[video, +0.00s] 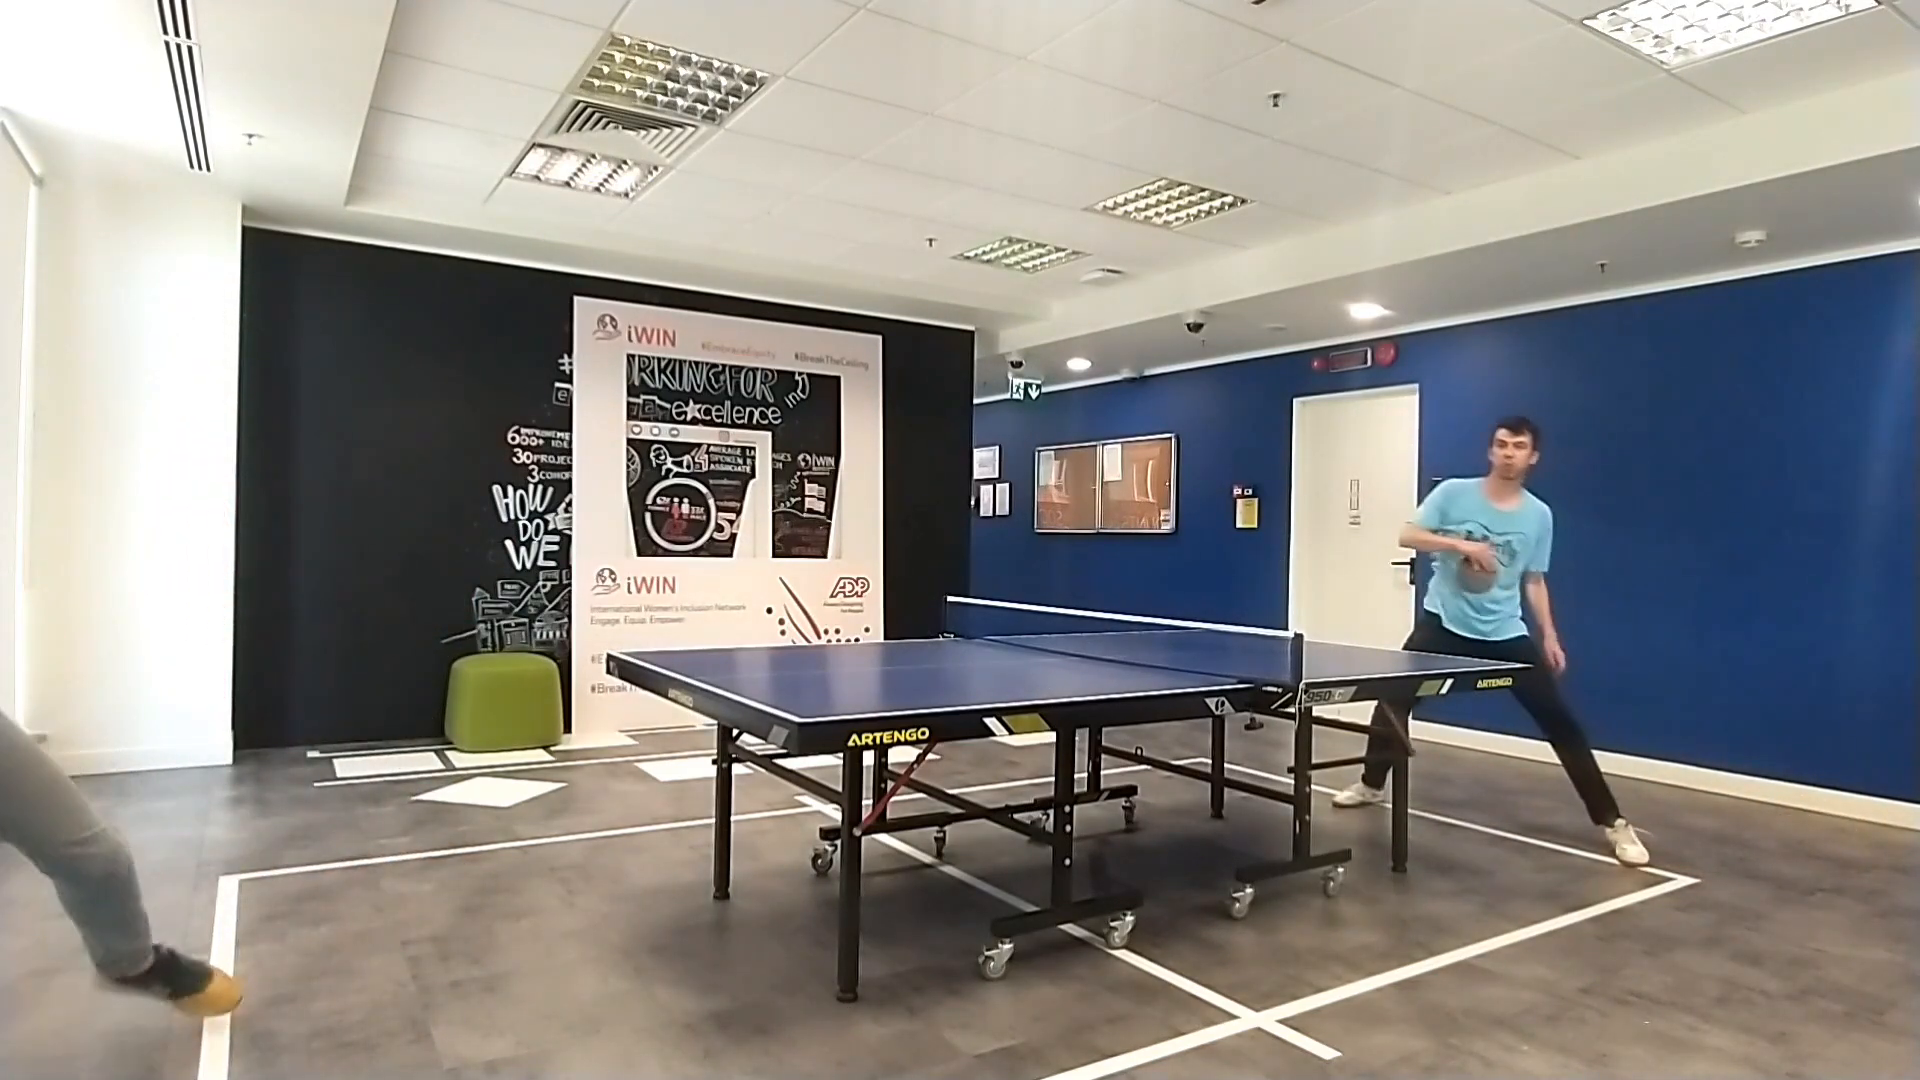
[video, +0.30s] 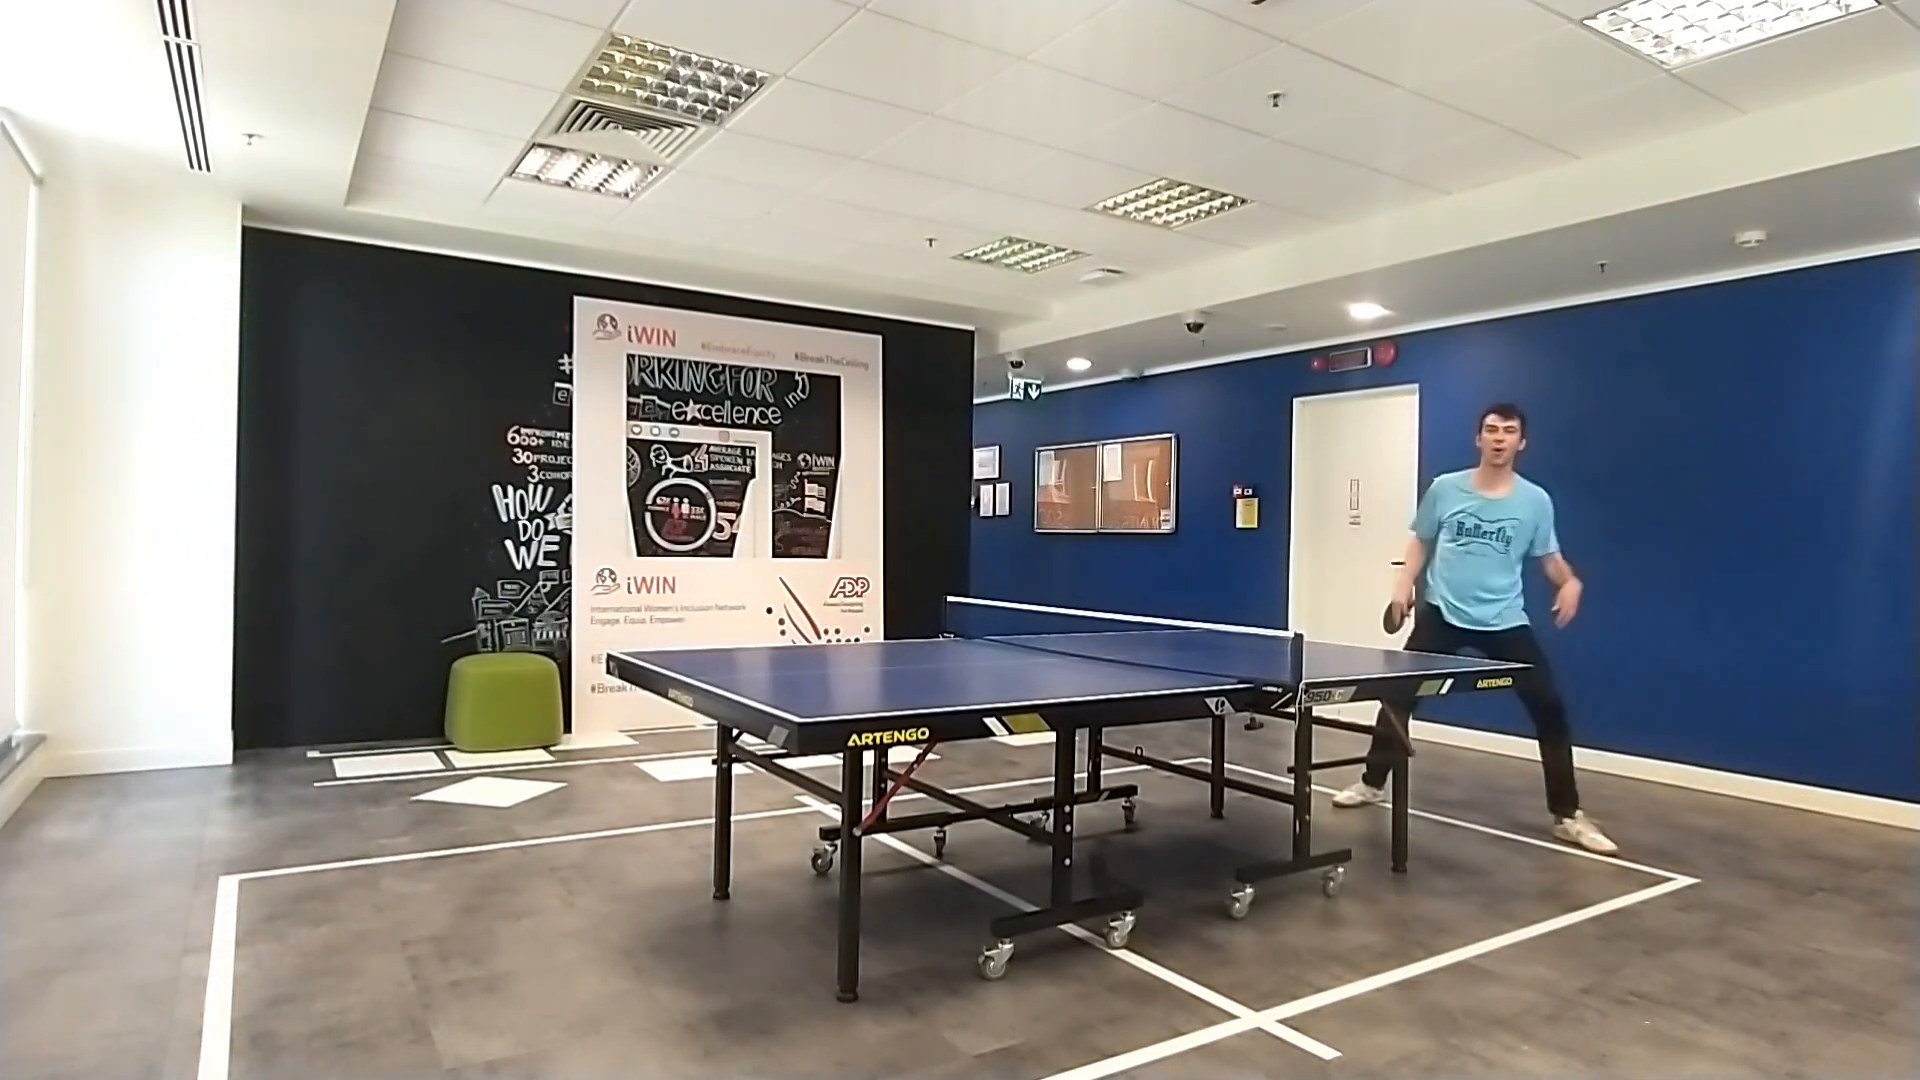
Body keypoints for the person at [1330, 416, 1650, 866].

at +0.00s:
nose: (1508, 453)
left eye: (1518, 447)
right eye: (1502, 445)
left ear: (1533, 457)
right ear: (1490, 451)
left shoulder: (1538, 514)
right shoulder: (1453, 492)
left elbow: (1534, 579)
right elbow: (1408, 536)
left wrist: (1548, 633)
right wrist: (1464, 546)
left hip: (1506, 632)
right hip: (1443, 624)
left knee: (1558, 720)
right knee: (1394, 694)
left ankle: (1614, 824)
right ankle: (1371, 784)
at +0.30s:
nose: (1498, 438)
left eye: (1507, 432)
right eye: (1491, 430)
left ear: (1521, 442)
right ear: (1478, 438)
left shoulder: (1535, 500)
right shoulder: (1443, 488)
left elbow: (1549, 556)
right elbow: (1419, 541)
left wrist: (1569, 582)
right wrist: (1403, 584)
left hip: (1505, 621)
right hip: (1442, 615)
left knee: (1549, 706)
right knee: (1398, 694)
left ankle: (1567, 815)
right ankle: (1370, 784)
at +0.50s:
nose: (1554, 437)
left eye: (1563, 431)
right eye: (1546, 429)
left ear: (1574, 442)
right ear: (1530, 436)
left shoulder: (1585, 503)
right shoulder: (1491, 482)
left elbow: (1603, 557)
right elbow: (1457, 533)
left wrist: (1615, 577)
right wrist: (1432, 584)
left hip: (1540, 621)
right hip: (1476, 612)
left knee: (1577, 709)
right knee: (1422, 693)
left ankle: (1570, 818)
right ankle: (1374, 780)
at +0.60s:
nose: (1581, 433)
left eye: (1591, 428)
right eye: (1574, 424)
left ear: (1600, 440)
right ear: (1556, 431)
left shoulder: (1608, 497)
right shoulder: (1515, 473)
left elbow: (1623, 555)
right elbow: (1481, 520)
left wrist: (1628, 580)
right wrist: (1458, 568)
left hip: (1557, 613)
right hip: (1494, 602)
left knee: (1584, 706)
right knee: (1438, 687)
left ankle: (1572, 817)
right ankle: (1389, 776)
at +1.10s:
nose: (1599, 411)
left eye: (1608, 404)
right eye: (1591, 402)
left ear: (1617, 414)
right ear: (1574, 409)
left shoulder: (1636, 469)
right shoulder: (1548, 462)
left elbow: (1669, 530)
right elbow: (1534, 520)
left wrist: (1630, 567)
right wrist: (1523, 566)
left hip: (1601, 610)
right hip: (1546, 600)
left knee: (1589, 708)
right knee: (1540, 696)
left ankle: (1572, 813)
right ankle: (1584, 758)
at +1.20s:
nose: (1587, 414)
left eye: (1596, 408)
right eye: (1579, 407)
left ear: (1607, 416)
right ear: (1563, 415)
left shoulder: (1631, 466)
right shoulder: (1548, 469)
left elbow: (1679, 518)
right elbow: (1544, 532)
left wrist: (1643, 559)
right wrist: (1535, 589)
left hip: (1605, 607)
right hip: (1554, 603)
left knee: (1589, 705)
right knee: (1556, 700)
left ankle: (1572, 814)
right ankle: (1603, 775)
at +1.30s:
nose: (1575, 421)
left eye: (1582, 412)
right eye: (1565, 414)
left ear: (1595, 418)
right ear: (1553, 423)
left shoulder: (1627, 464)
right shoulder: (1549, 477)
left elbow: (1686, 507)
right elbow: (1552, 538)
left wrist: (1654, 552)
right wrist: (1551, 590)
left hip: (1610, 605)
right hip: (1562, 604)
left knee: (1592, 705)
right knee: (1573, 703)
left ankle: (1572, 814)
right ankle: (1612, 785)